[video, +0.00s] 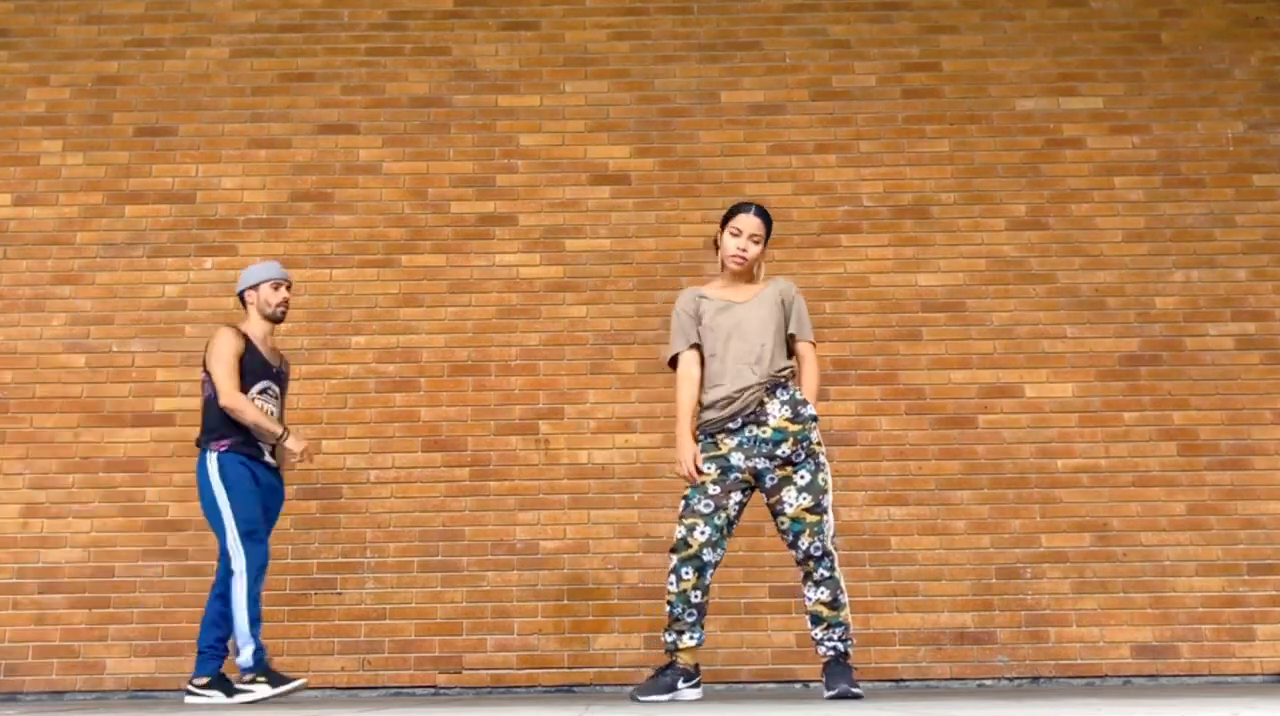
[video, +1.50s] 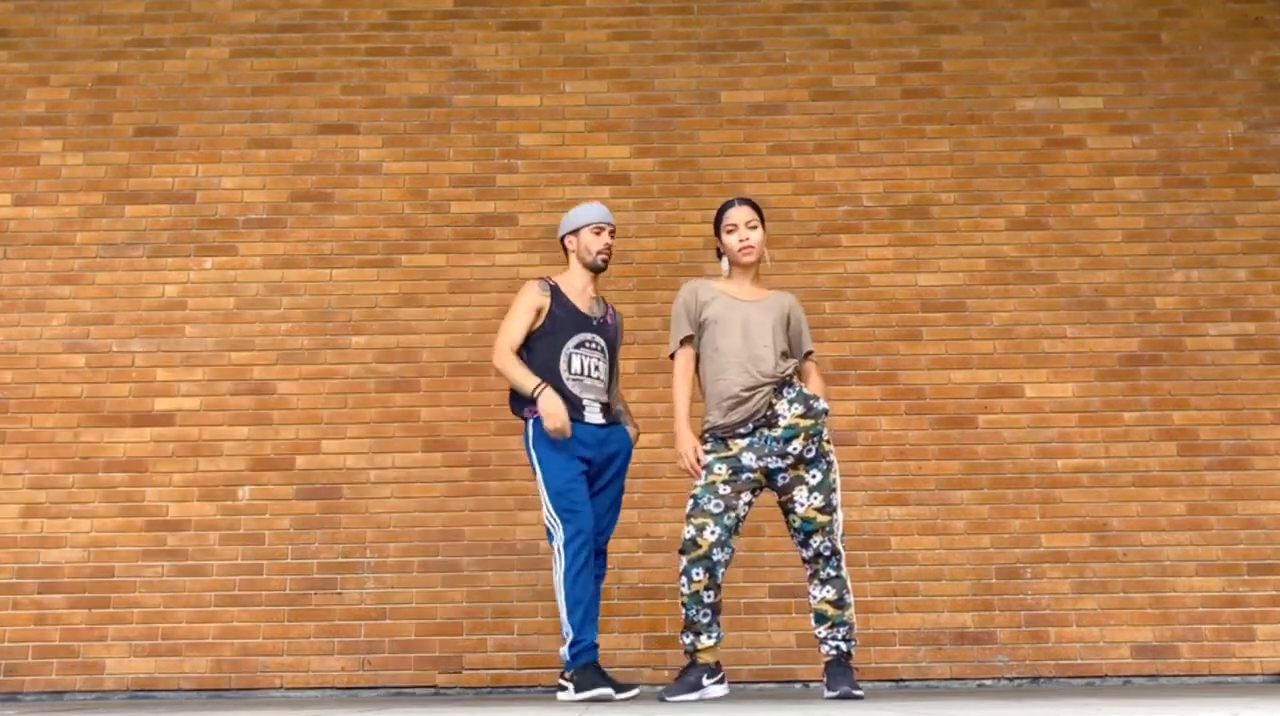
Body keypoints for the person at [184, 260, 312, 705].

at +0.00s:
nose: (285, 295)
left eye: (287, 289)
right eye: (275, 287)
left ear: (286, 299)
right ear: (249, 296)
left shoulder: (280, 363)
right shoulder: (227, 338)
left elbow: (275, 428)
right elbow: (230, 400)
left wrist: (280, 466)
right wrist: (282, 434)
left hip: (263, 470)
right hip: (225, 464)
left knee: (236, 564)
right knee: (248, 555)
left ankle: (205, 674)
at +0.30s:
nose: (352, 305)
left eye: (355, 298)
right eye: (342, 298)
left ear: (357, 306)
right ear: (317, 306)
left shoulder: (367, 368)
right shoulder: (297, 366)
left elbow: (370, 435)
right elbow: (269, 430)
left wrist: (378, 487)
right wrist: (304, 468)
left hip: (368, 483)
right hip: (331, 478)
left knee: (334, 592)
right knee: (386, 554)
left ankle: (245, 652)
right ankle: (402, 672)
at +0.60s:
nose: (432, 281)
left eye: (434, 275)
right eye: (422, 273)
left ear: (429, 285)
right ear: (394, 281)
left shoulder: (425, 341)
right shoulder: (373, 339)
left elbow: (427, 403)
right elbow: (370, 408)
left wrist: (444, 443)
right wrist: (393, 441)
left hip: (447, 459)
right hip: (404, 461)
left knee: (482, 548)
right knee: (426, 561)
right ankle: (406, 673)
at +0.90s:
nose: (496, 280)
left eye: (498, 274)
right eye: (488, 271)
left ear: (486, 283)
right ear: (460, 277)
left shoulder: (474, 339)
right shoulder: (438, 327)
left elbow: (467, 395)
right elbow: (444, 375)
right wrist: (494, 372)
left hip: (493, 464)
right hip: (454, 463)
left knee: (521, 566)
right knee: (452, 569)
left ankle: (558, 662)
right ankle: (408, 672)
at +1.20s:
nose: (567, 263)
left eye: (568, 257)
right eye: (558, 254)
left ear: (556, 266)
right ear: (529, 259)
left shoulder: (540, 315)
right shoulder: (512, 301)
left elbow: (543, 384)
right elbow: (508, 367)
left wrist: (568, 430)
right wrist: (514, 438)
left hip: (568, 447)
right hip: (529, 446)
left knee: (569, 560)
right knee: (512, 554)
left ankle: (575, 667)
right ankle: (443, 639)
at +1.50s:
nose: (607, 241)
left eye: (611, 234)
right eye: (597, 232)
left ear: (610, 245)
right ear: (570, 240)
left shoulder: (610, 316)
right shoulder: (540, 291)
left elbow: (608, 384)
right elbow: (501, 355)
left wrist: (628, 423)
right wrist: (545, 392)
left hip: (608, 436)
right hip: (557, 432)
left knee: (596, 544)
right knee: (577, 535)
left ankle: (581, 661)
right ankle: (582, 664)